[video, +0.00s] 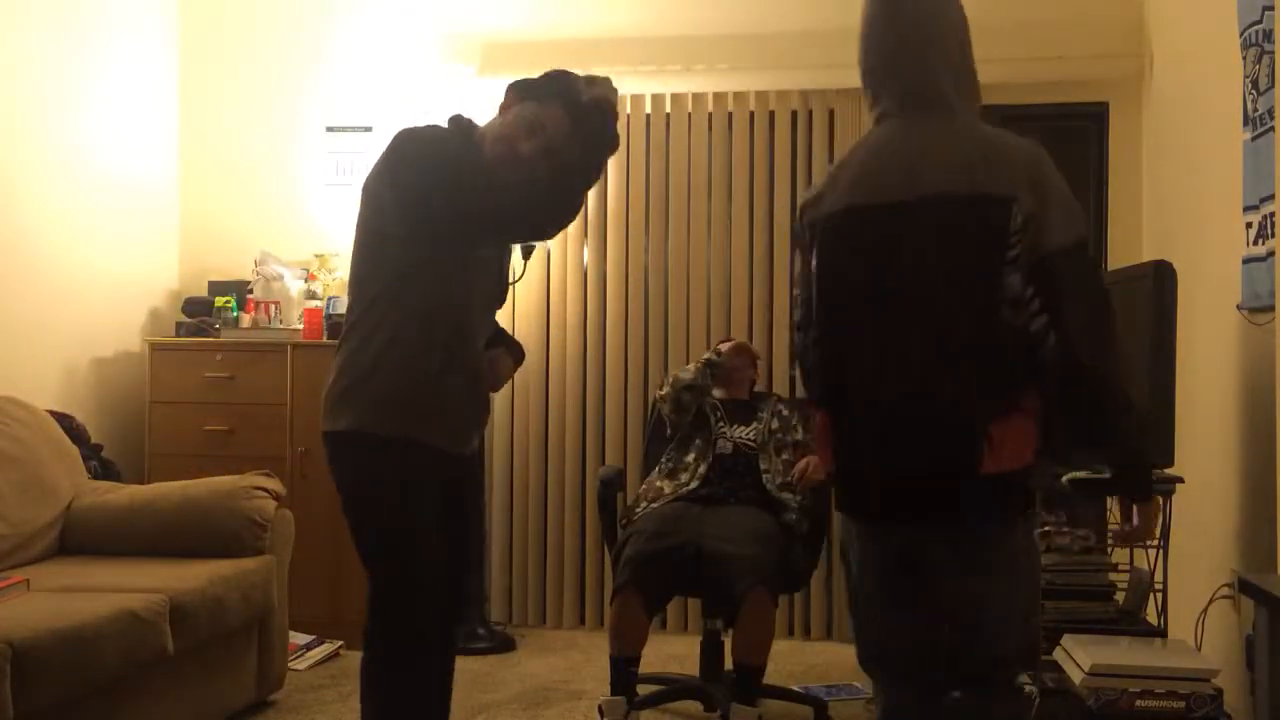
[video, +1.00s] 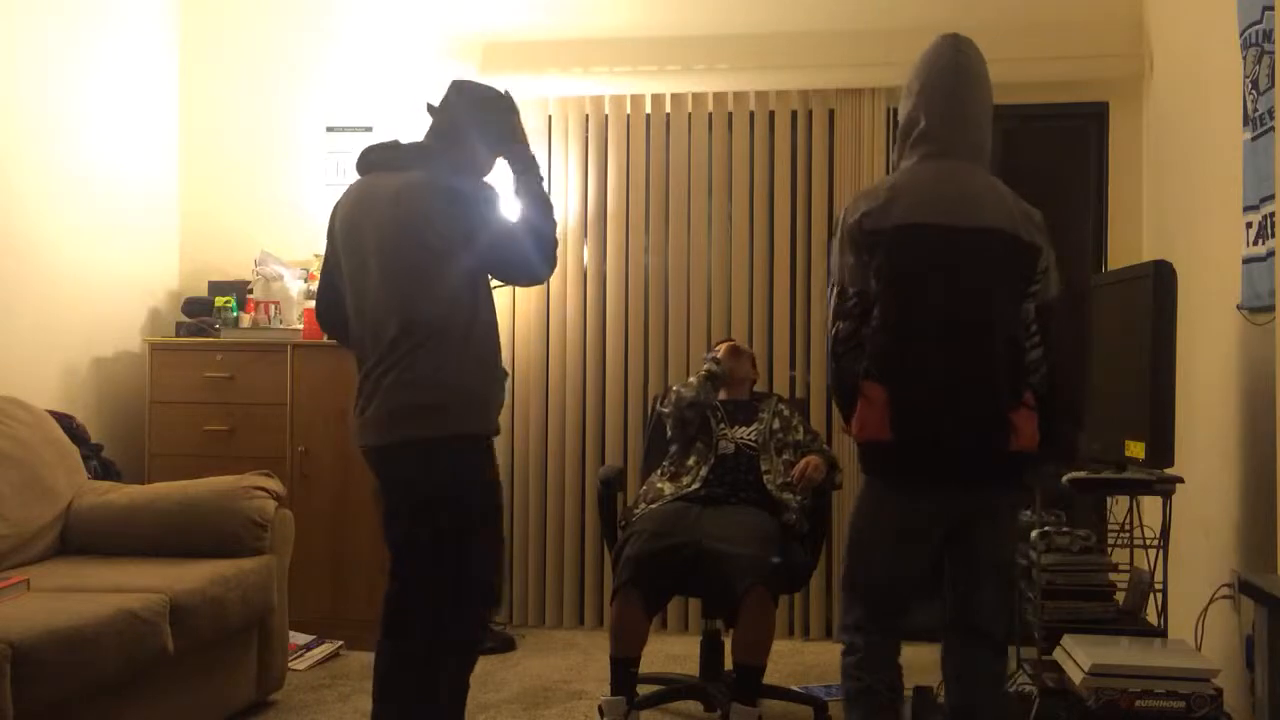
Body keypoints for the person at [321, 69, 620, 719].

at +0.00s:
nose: (529, 152)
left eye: (546, 152)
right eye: (531, 129)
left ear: (551, 162)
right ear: (507, 105)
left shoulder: (480, 193)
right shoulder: (425, 149)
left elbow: (466, 309)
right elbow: (540, 210)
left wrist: (506, 346)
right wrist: (602, 125)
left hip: (441, 432)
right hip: (388, 427)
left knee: (432, 619)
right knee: (410, 618)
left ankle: (421, 714)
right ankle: (397, 713)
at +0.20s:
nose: (542, 182)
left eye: (552, 171)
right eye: (549, 165)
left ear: (508, 125)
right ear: (522, 132)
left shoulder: (453, 176)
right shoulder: (437, 167)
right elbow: (554, 245)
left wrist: (476, 340)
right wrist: (609, 147)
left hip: (431, 431)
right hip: (385, 430)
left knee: (477, 585)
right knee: (395, 599)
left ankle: (434, 712)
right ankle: (389, 714)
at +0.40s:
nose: (537, 176)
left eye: (547, 164)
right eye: (542, 159)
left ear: (493, 122)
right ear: (509, 130)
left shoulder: (419, 171)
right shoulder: (452, 178)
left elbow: (546, 260)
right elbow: (558, 259)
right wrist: (595, 160)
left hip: (387, 427)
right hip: (408, 433)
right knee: (446, 588)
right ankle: (415, 712)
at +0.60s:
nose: (519, 166)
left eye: (527, 155)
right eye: (523, 151)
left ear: (471, 115)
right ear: (501, 129)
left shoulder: (375, 178)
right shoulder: (470, 173)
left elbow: (336, 308)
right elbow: (552, 259)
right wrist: (563, 154)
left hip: (375, 417)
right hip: (433, 422)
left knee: (406, 606)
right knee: (424, 611)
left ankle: (387, 713)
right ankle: (400, 715)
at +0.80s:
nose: (504, 167)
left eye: (509, 155)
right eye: (504, 153)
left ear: (453, 121)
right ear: (485, 136)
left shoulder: (358, 192)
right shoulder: (459, 181)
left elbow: (332, 310)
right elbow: (538, 261)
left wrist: (397, 344)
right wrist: (538, 162)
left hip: (383, 423)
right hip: (443, 423)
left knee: (427, 598)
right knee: (441, 606)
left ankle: (403, 712)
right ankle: (407, 713)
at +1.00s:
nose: (492, 164)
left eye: (493, 152)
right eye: (492, 152)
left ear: (439, 128)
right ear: (476, 141)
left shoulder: (352, 202)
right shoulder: (454, 196)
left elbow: (334, 317)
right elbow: (533, 261)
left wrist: (397, 340)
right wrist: (522, 158)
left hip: (385, 424)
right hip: (450, 425)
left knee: (417, 587)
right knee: (459, 600)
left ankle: (397, 708)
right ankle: (429, 711)